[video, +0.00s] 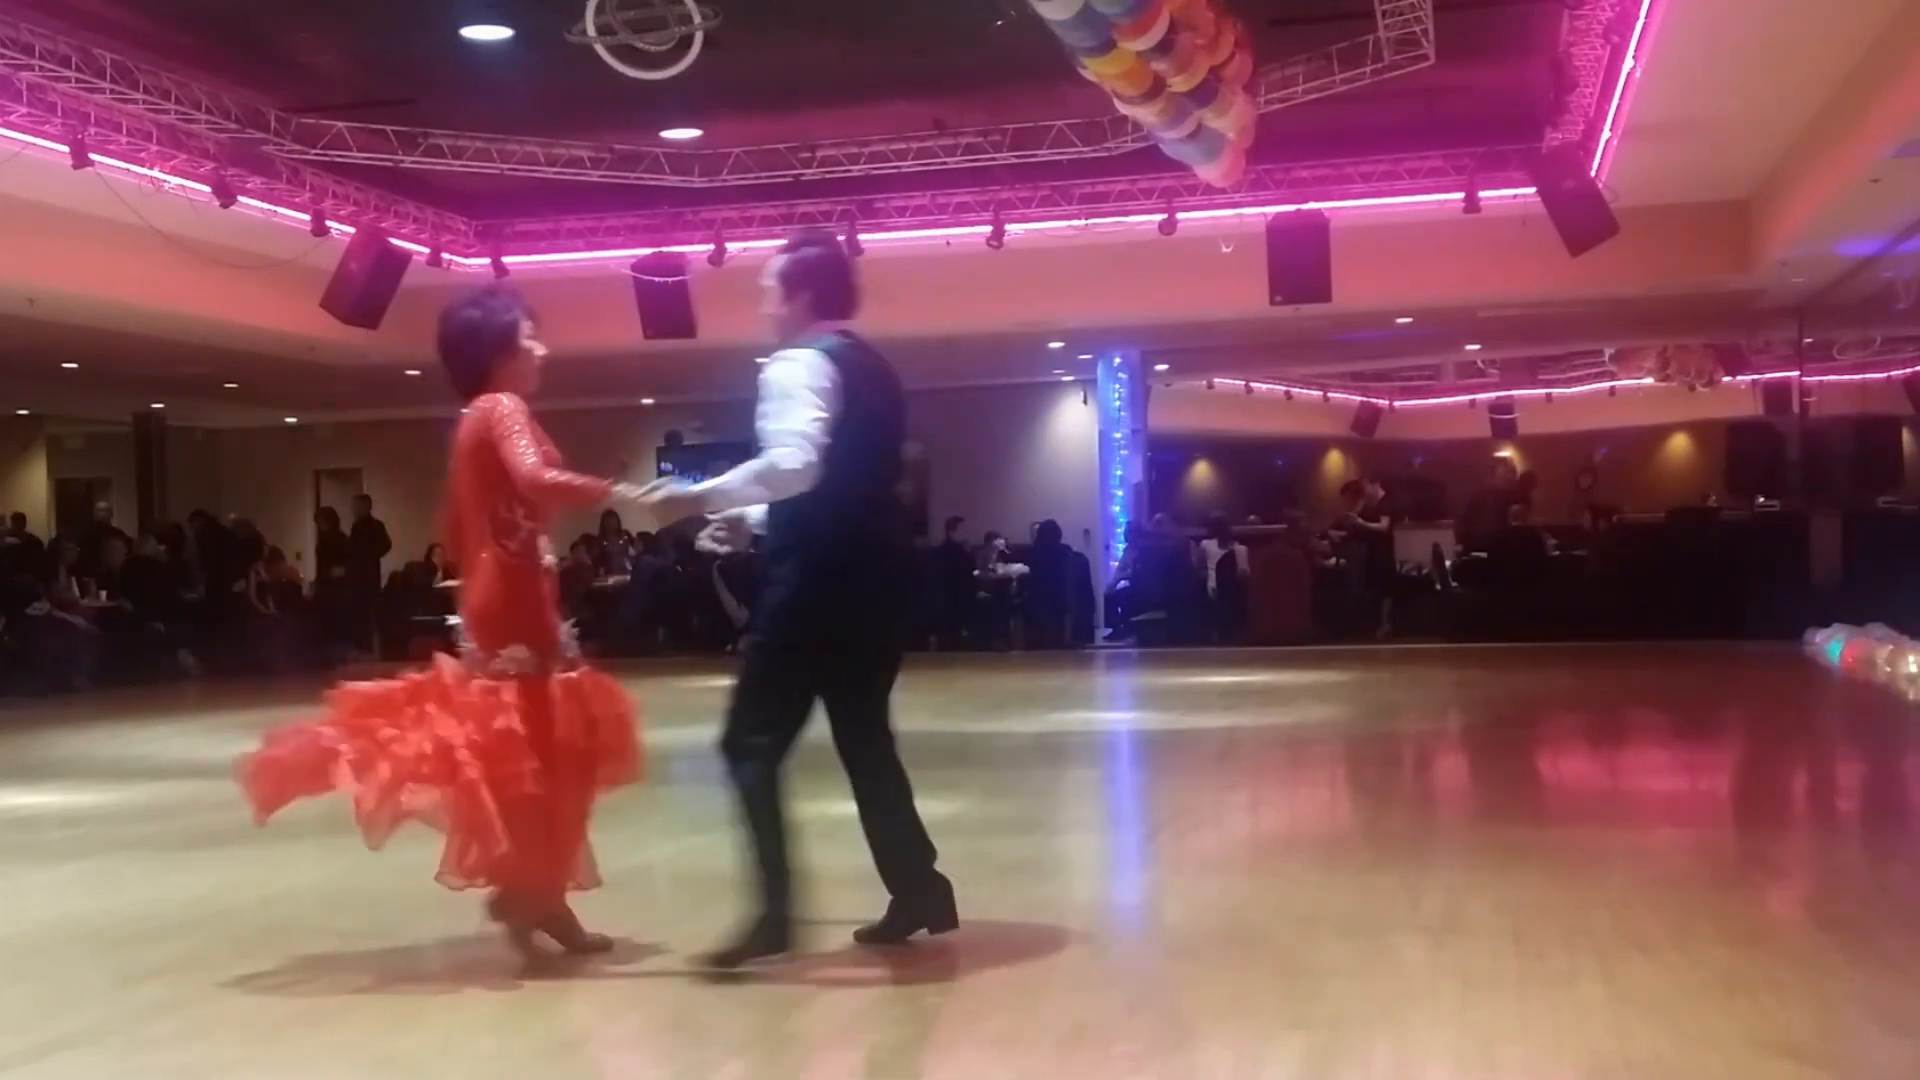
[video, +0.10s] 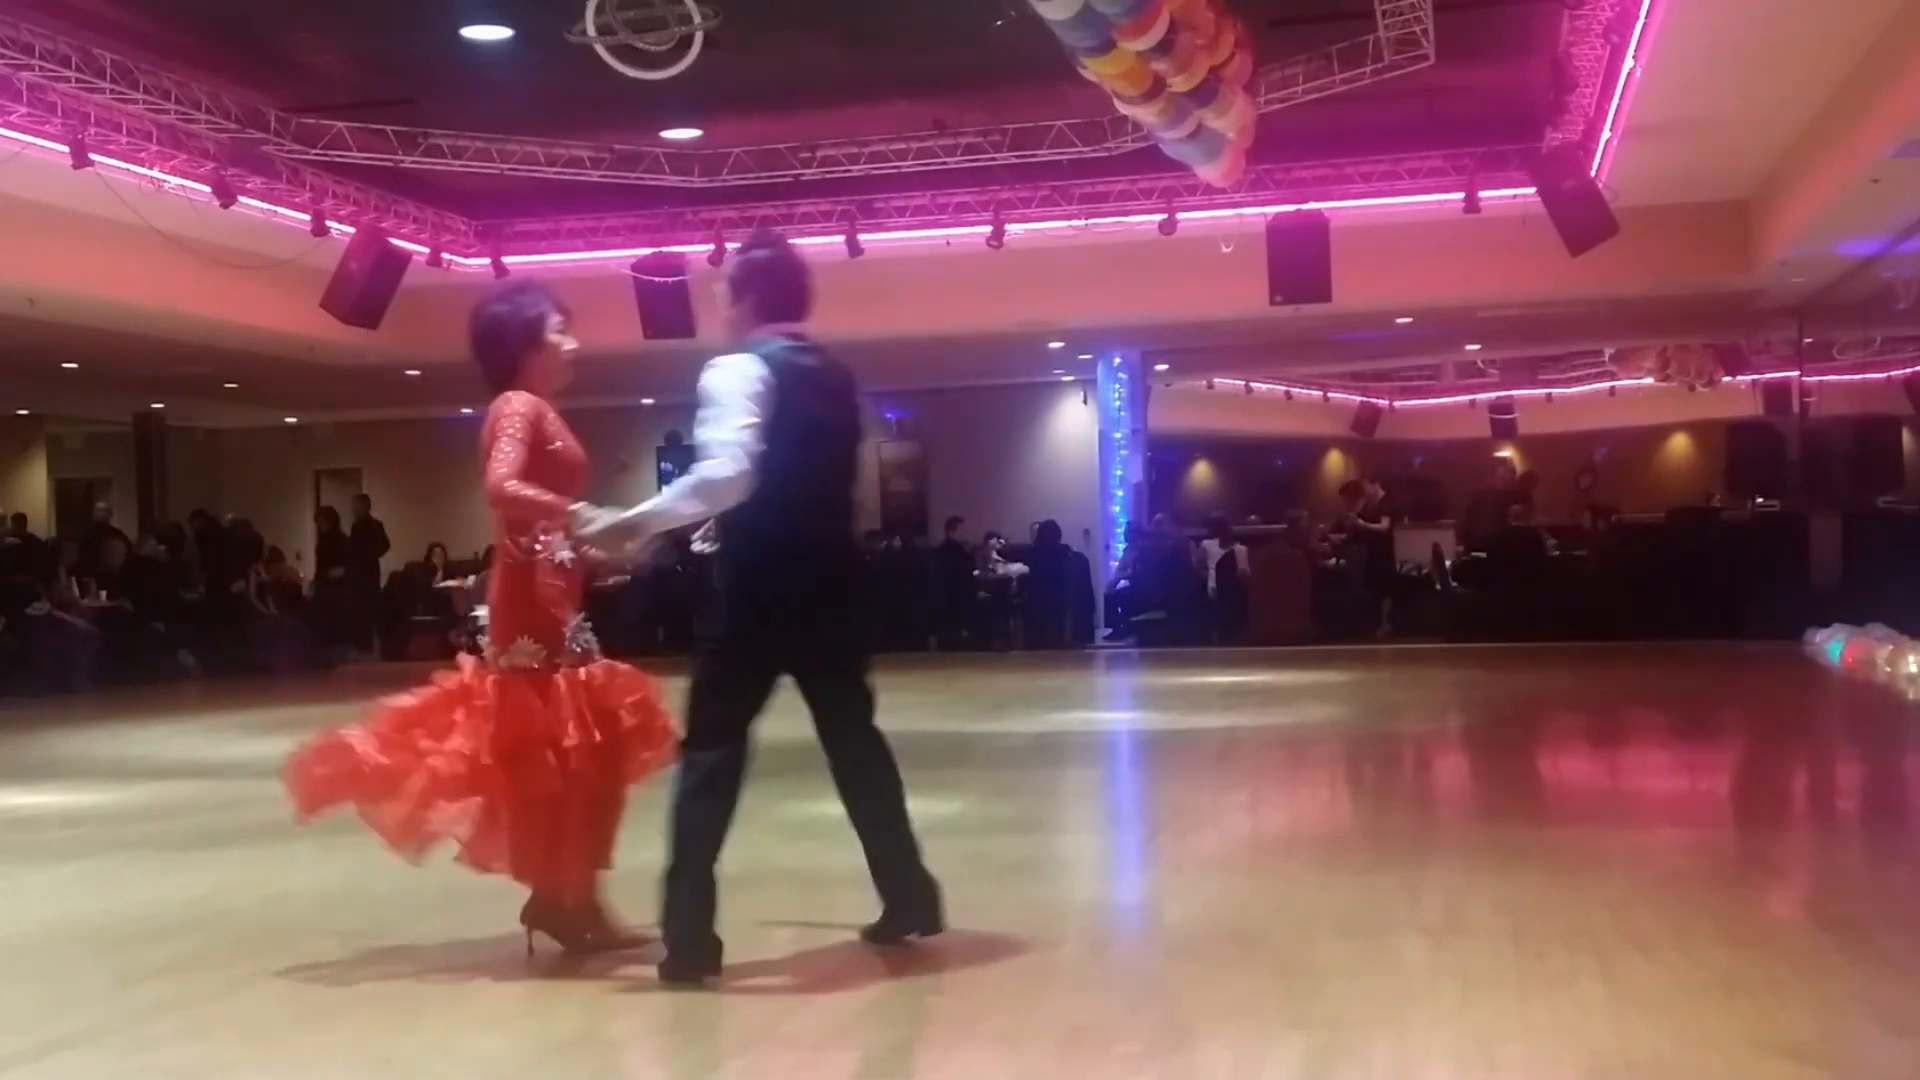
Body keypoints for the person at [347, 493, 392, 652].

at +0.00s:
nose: (355, 509)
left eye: (358, 505)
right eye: (354, 505)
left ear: (366, 506)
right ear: (357, 507)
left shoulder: (376, 525)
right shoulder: (356, 526)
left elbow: (386, 544)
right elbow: (353, 547)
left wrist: (373, 555)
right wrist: (352, 559)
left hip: (371, 574)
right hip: (356, 574)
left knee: (370, 611)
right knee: (358, 611)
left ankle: (368, 646)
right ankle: (360, 646)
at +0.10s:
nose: (354, 509)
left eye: (357, 505)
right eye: (354, 505)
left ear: (365, 506)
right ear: (356, 507)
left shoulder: (375, 525)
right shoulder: (356, 525)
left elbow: (385, 544)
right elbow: (353, 546)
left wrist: (371, 556)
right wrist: (352, 561)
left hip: (370, 572)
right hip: (356, 572)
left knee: (369, 608)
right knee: (358, 608)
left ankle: (367, 645)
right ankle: (361, 645)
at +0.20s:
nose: (354, 509)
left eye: (357, 505)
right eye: (354, 505)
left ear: (365, 506)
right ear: (356, 506)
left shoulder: (375, 524)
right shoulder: (355, 525)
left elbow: (384, 544)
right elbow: (352, 546)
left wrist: (371, 555)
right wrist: (351, 560)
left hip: (369, 572)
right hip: (356, 572)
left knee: (368, 610)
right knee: (358, 609)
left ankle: (367, 647)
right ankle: (360, 647)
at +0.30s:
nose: (354, 509)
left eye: (357, 505)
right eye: (354, 505)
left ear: (364, 506)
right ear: (356, 506)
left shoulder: (374, 525)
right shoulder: (356, 525)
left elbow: (383, 545)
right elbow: (353, 546)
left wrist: (369, 556)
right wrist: (351, 558)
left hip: (369, 572)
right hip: (357, 572)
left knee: (368, 608)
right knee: (359, 608)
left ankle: (367, 646)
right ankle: (361, 646)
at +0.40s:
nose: (354, 509)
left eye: (357, 505)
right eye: (354, 505)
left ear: (364, 506)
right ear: (357, 506)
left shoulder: (374, 524)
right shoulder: (356, 525)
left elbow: (383, 545)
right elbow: (353, 546)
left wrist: (369, 555)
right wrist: (352, 557)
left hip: (369, 571)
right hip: (357, 571)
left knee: (368, 607)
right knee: (359, 607)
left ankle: (367, 645)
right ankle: (361, 645)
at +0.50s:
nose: (354, 508)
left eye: (357, 505)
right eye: (354, 505)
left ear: (364, 506)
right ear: (358, 506)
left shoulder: (374, 524)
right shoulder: (356, 525)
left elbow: (383, 545)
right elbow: (353, 545)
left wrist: (370, 555)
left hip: (369, 571)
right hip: (357, 570)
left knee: (368, 607)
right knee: (359, 606)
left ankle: (366, 645)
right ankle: (361, 644)